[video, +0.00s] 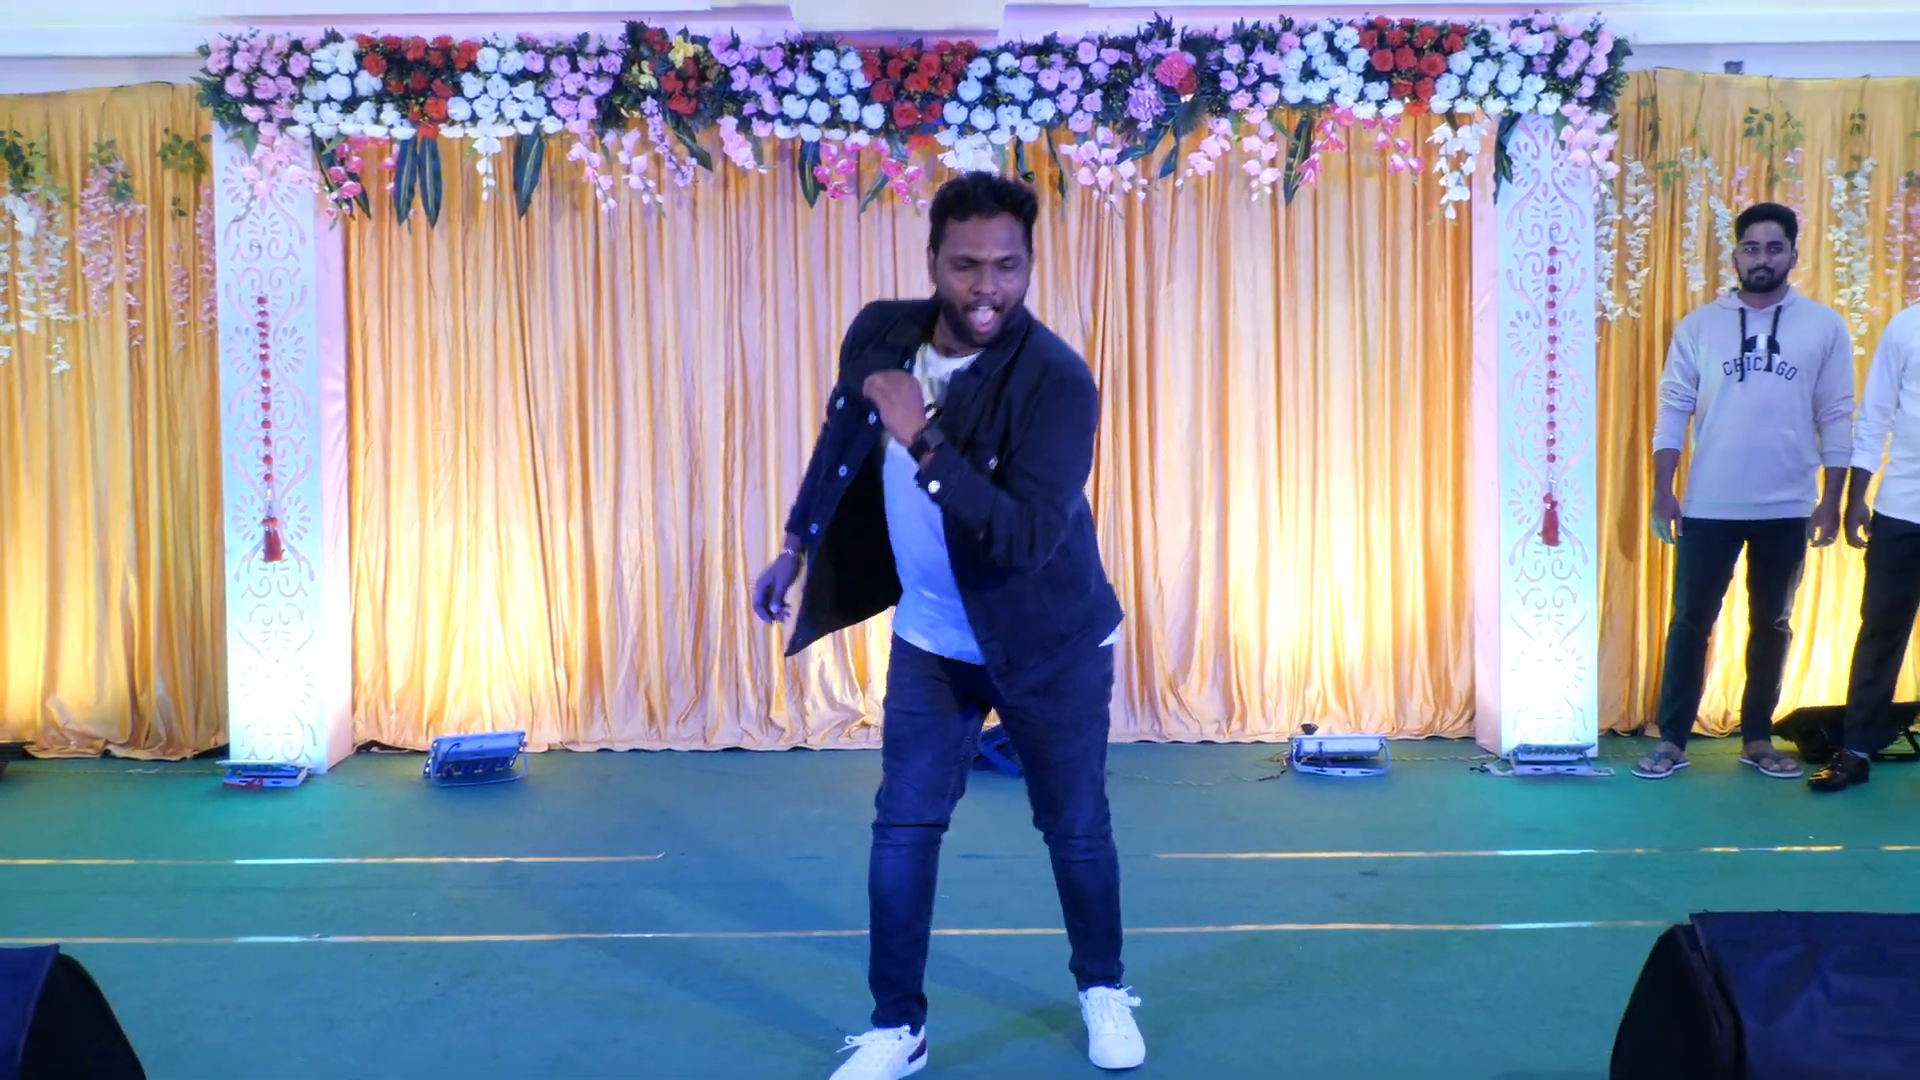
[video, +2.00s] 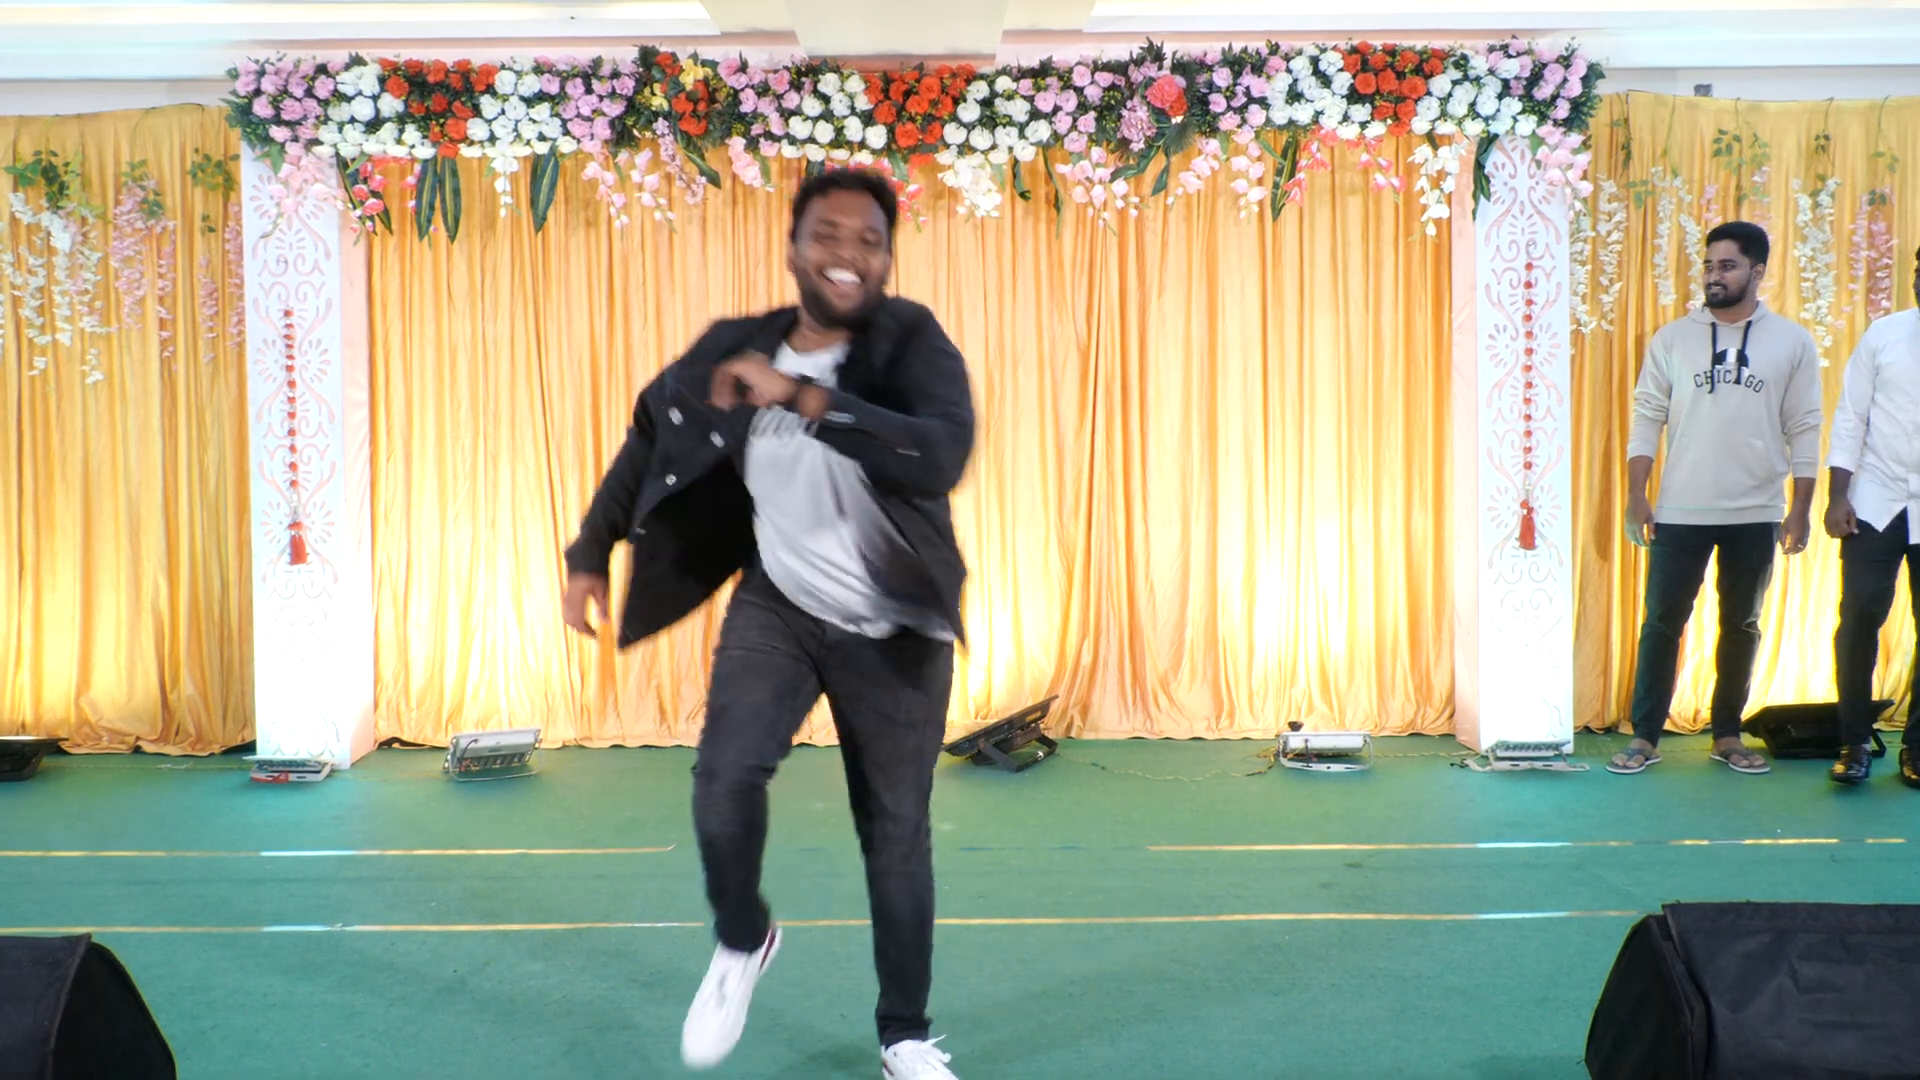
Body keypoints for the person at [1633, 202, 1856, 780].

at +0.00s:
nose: (1761, 257)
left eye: (1773, 248)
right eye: (1750, 247)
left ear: (1793, 256)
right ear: (1735, 255)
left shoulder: (1823, 326)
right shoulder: (1699, 325)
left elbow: (1836, 415)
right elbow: (1674, 407)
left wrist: (1832, 497)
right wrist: (1663, 485)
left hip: (1785, 504)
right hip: (1710, 501)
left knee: (1772, 627)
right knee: (1690, 622)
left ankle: (1757, 741)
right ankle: (1672, 741)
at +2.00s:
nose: (1714, 275)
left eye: (1727, 266)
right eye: (1709, 266)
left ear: (1757, 272)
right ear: (1703, 270)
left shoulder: (1791, 342)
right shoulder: (1672, 339)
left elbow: (1804, 427)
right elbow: (1647, 416)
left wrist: (1800, 507)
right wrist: (1636, 491)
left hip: (1754, 511)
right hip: (1681, 509)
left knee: (1741, 629)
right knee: (1661, 623)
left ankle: (1727, 737)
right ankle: (1644, 737)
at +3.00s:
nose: (1653, 284)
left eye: (1664, 274)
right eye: (1649, 275)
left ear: (1701, 272)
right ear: (1648, 277)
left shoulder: (1751, 333)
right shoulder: (1631, 343)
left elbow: (1782, 414)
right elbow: (1613, 417)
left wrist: (1777, 492)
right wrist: (1607, 486)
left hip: (1721, 507)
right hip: (1650, 509)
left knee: (1723, 626)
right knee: (1650, 625)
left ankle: (1726, 736)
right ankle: (1653, 736)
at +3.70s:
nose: (1655, 293)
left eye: (1667, 282)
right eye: (1645, 282)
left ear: (1690, 286)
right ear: (1633, 288)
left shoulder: (1731, 340)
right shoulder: (1609, 350)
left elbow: (1769, 393)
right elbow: (1582, 407)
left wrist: (1745, 467)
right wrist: (1597, 470)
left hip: (1711, 508)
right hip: (1636, 509)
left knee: (1725, 622)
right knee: (1636, 621)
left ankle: (1725, 740)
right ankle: (1649, 736)